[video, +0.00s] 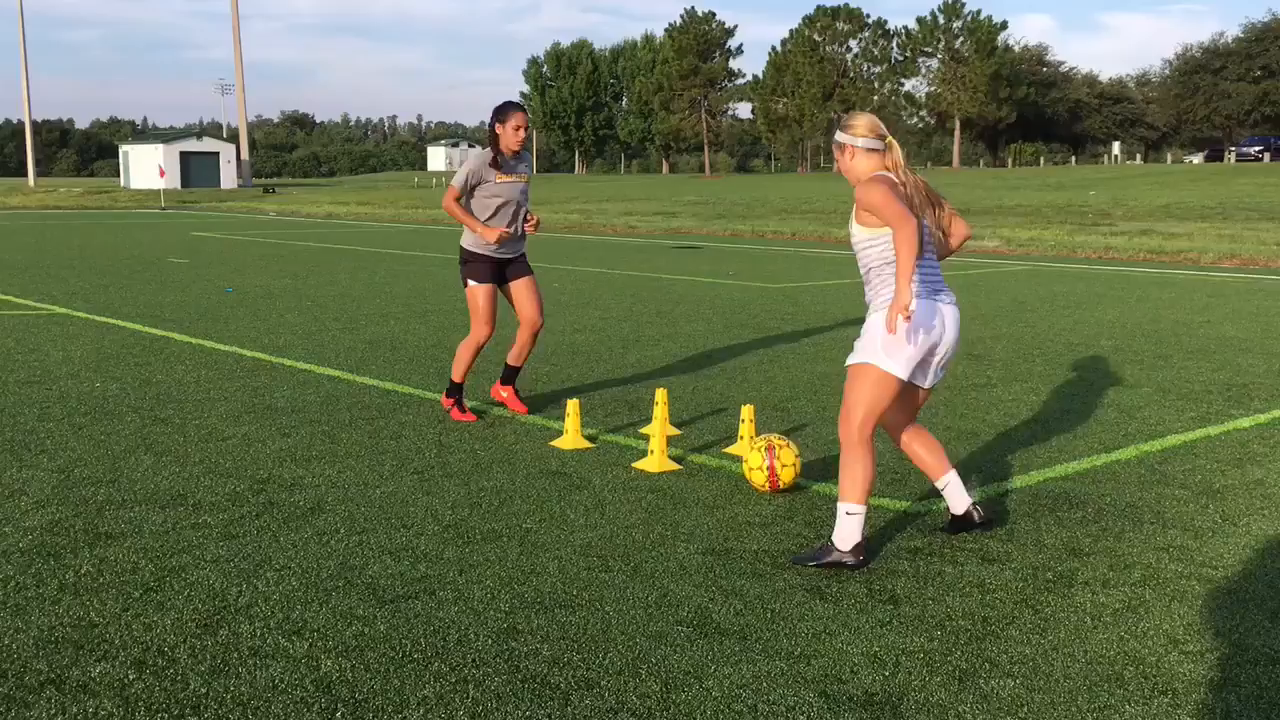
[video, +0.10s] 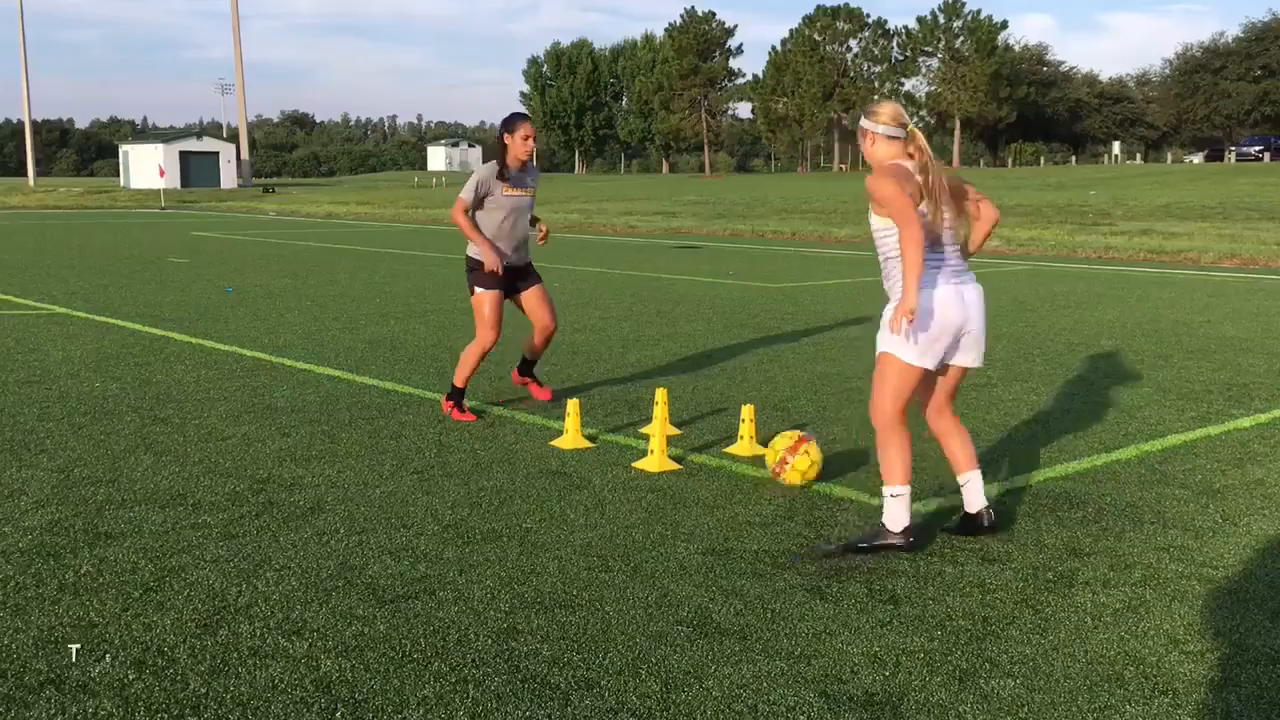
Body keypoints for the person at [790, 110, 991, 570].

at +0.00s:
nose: (836, 161)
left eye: (837, 153)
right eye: (837, 153)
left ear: (849, 152)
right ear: (880, 151)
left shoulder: (870, 187)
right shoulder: (909, 186)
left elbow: (906, 225)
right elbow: (960, 231)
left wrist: (902, 290)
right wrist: (919, 262)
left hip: (898, 314)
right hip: (939, 313)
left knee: (854, 425)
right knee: (898, 419)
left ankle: (846, 543)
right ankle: (964, 508)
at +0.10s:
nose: (861, 145)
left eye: (861, 138)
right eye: (862, 138)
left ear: (871, 138)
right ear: (903, 139)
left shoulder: (881, 178)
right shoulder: (934, 175)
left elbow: (910, 224)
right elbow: (988, 213)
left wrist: (909, 293)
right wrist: (959, 259)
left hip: (921, 300)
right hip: (967, 298)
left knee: (885, 408)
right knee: (938, 406)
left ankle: (896, 525)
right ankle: (977, 509)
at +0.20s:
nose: (884, 150)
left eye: (885, 143)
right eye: (885, 143)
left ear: (895, 142)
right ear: (926, 142)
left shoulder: (894, 184)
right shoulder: (962, 177)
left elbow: (898, 252)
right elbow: (1008, 224)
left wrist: (886, 313)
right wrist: (1009, 278)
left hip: (935, 294)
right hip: (984, 290)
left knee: (927, 410)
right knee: (955, 396)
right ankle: (991, 487)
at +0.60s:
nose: (916, 169)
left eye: (917, 164)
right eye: (917, 164)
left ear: (923, 165)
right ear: (956, 162)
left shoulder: (917, 204)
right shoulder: (984, 196)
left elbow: (920, 263)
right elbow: (1017, 252)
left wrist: (919, 318)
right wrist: (1016, 284)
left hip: (946, 316)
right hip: (992, 308)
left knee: (939, 388)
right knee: (968, 366)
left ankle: (956, 461)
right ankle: (1000, 427)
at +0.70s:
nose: (916, 180)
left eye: (916, 174)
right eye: (917, 174)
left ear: (922, 175)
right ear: (954, 172)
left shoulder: (918, 216)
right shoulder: (984, 210)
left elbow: (912, 279)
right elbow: (1010, 268)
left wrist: (905, 332)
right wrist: (1017, 299)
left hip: (939, 328)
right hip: (982, 329)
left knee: (919, 378)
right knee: (944, 358)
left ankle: (955, 459)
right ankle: (951, 423)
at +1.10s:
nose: (899, 176)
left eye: (900, 170)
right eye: (900, 170)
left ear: (907, 172)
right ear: (936, 172)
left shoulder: (903, 212)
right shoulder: (954, 211)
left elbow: (887, 272)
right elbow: (969, 273)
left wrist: (854, 313)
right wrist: (961, 315)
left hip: (922, 321)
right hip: (959, 319)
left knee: (860, 378)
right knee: (913, 372)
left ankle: (908, 446)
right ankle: (944, 446)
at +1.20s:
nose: (889, 169)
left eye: (890, 163)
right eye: (890, 163)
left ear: (899, 164)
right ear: (925, 163)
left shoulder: (896, 204)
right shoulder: (945, 202)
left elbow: (879, 261)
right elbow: (961, 264)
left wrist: (836, 291)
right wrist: (958, 312)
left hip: (916, 317)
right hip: (951, 313)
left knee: (854, 380)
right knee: (918, 373)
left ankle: (893, 457)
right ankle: (942, 446)